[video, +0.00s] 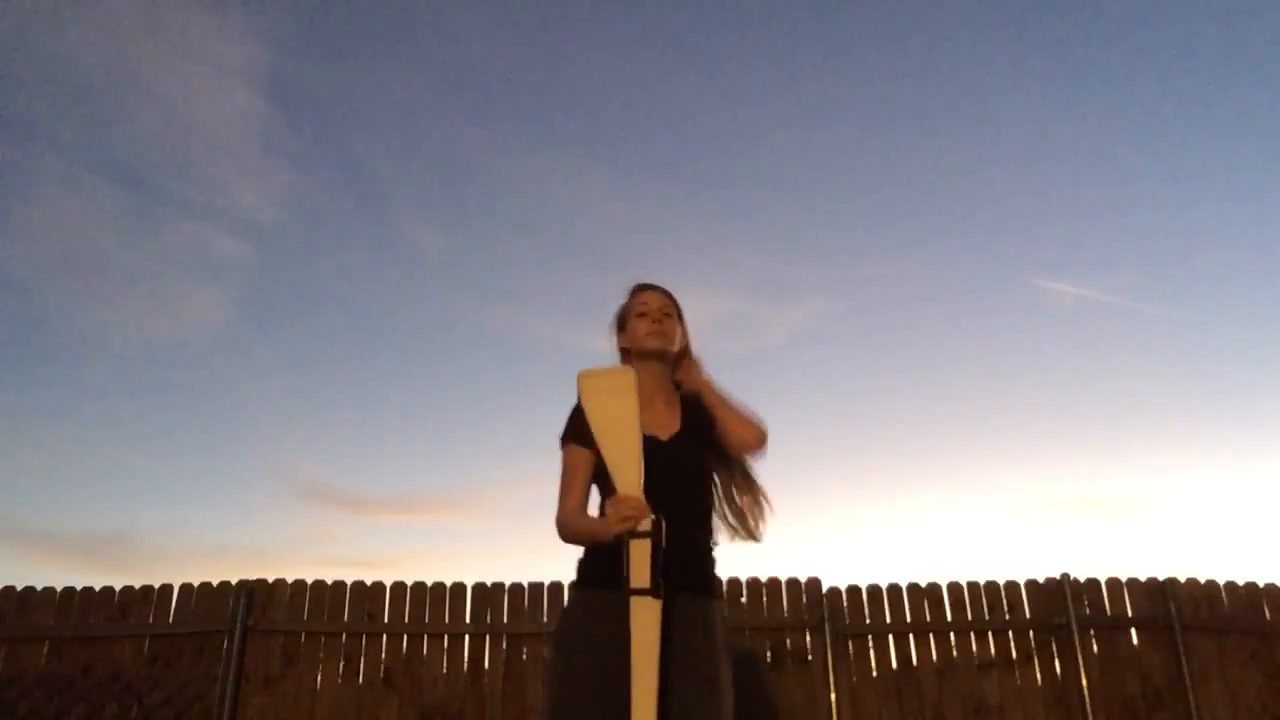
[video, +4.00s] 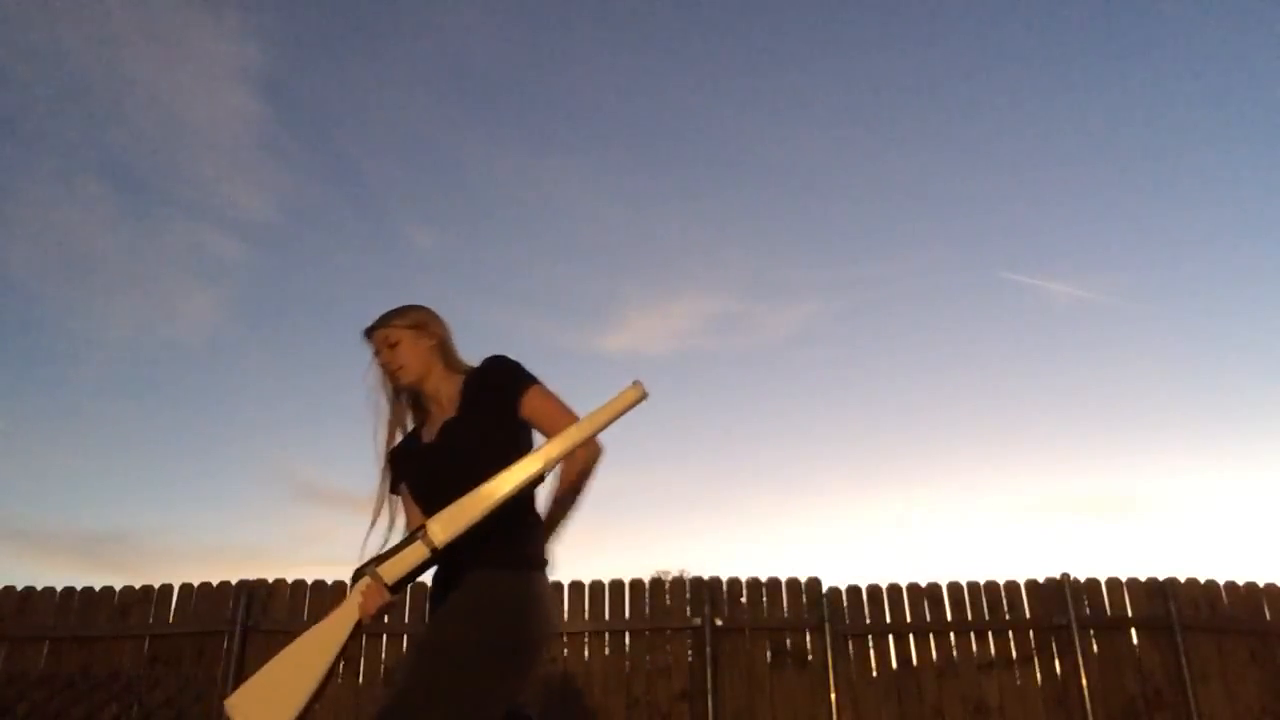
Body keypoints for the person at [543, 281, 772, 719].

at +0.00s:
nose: (656, 319)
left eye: (668, 315)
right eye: (642, 314)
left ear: (682, 339)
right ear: (623, 339)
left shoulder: (702, 408)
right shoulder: (598, 404)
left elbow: (752, 439)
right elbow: (568, 519)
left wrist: (702, 385)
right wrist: (606, 527)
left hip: (689, 592)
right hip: (609, 590)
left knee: (697, 707)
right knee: (595, 708)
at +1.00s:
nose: (715, 319)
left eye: (723, 312)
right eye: (700, 310)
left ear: (731, 328)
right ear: (672, 325)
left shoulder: (753, 421)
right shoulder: (633, 403)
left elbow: (732, 518)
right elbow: (608, 499)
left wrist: (759, 559)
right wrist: (685, 473)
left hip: (707, 608)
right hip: (623, 604)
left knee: (760, 709)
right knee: (599, 708)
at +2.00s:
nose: (741, 310)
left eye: (747, 307)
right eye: (727, 300)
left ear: (754, 331)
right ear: (696, 323)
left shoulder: (780, 415)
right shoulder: (657, 406)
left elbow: (800, 513)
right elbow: (638, 508)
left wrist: (830, 559)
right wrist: (704, 500)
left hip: (742, 613)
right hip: (652, 610)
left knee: (789, 710)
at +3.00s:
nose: (475, 324)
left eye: (487, 313)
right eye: (465, 322)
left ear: (516, 327)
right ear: (462, 344)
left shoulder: (554, 381)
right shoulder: (460, 433)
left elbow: (627, 467)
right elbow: (364, 478)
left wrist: (572, 529)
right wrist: (327, 395)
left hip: (553, 590)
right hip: (499, 600)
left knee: (451, 708)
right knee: (531, 712)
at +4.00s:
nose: (385, 361)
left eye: (392, 344)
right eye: (378, 354)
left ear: (430, 336)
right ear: (382, 367)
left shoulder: (494, 378)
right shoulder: (407, 453)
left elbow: (583, 447)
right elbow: (422, 539)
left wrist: (544, 530)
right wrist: (385, 583)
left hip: (511, 589)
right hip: (454, 601)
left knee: (419, 705)